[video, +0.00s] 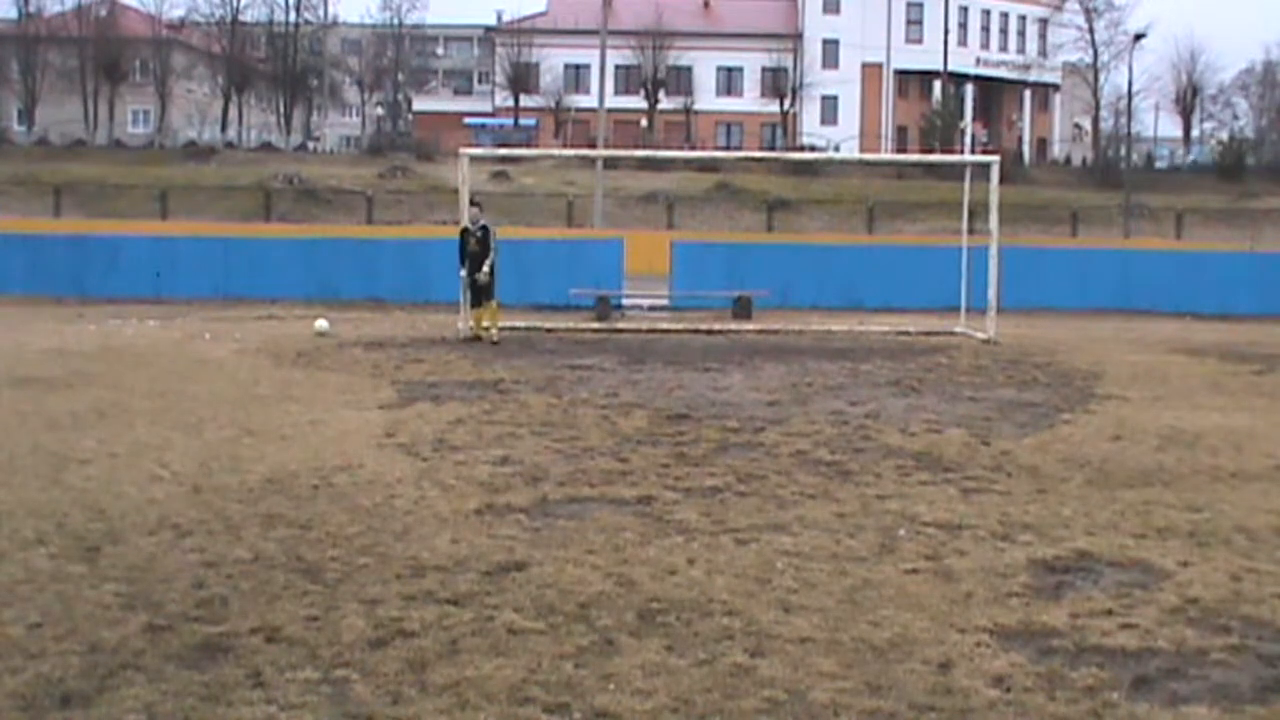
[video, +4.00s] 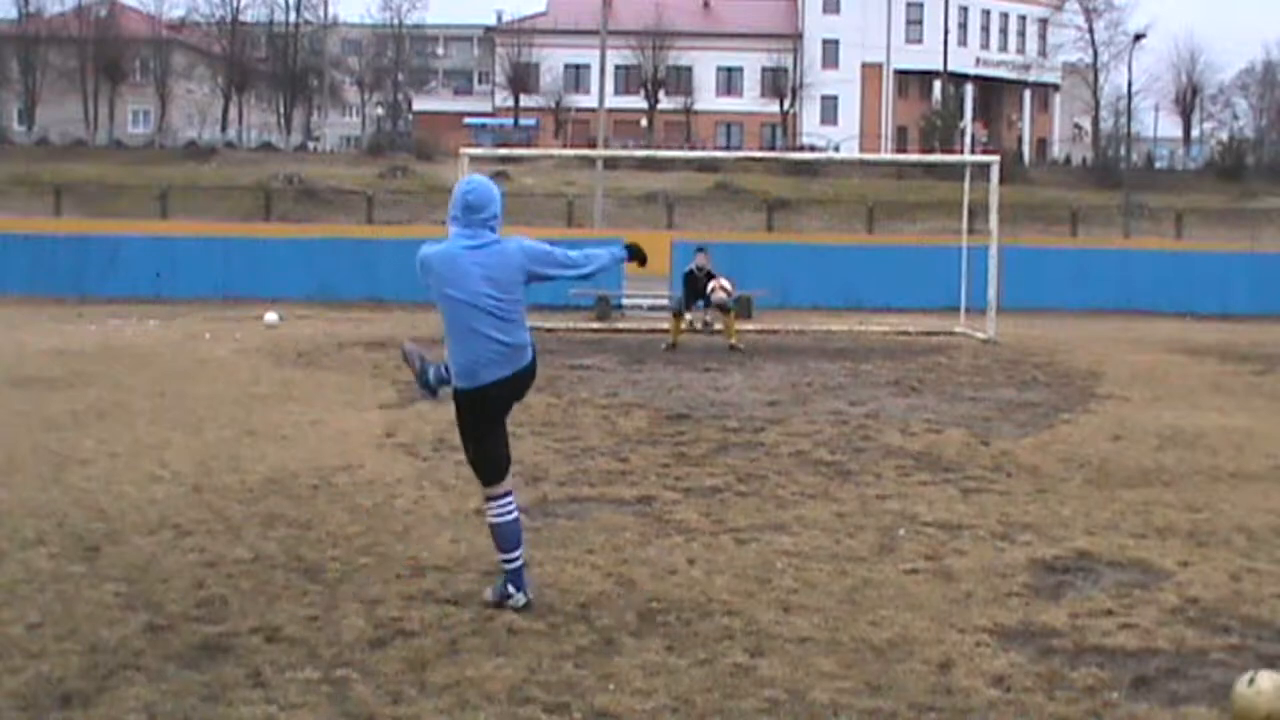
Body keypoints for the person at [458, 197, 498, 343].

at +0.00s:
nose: (473, 215)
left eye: (476, 211)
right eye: (471, 211)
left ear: (481, 213)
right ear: (467, 213)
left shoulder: (487, 231)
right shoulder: (464, 232)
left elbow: (491, 252)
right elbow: (462, 251)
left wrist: (486, 269)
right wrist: (463, 266)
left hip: (485, 269)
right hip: (471, 269)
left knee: (488, 300)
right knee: (474, 301)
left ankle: (492, 328)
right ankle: (476, 328)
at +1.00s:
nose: (533, 219)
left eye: (533, 216)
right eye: (531, 216)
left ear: (532, 218)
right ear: (525, 216)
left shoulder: (532, 232)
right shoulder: (516, 230)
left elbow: (540, 250)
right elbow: (510, 233)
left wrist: (549, 266)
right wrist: (509, 228)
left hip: (526, 267)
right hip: (515, 267)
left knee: (515, 300)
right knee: (522, 298)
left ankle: (505, 329)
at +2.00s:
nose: (613, 218)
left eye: (615, 215)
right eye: (611, 215)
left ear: (617, 217)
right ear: (606, 215)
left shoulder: (614, 231)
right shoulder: (602, 231)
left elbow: (614, 252)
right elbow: (599, 253)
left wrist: (618, 267)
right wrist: (611, 266)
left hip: (611, 269)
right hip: (602, 269)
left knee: (611, 299)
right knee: (608, 298)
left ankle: (605, 331)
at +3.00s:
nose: (689, 245)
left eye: (691, 242)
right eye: (686, 242)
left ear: (695, 243)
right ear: (682, 243)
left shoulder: (698, 254)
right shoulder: (674, 252)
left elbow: (712, 257)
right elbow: (660, 254)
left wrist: (708, 271)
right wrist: (663, 269)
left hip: (693, 283)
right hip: (675, 283)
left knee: (706, 310)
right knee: (665, 311)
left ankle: (711, 340)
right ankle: (660, 337)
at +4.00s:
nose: (701, 261)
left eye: (703, 258)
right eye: (698, 258)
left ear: (707, 261)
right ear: (695, 260)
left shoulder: (710, 276)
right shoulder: (688, 275)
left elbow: (708, 299)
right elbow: (687, 296)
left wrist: (707, 316)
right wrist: (688, 314)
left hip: (706, 298)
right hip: (691, 298)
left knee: (727, 307)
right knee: (676, 310)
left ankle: (732, 340)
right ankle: (673, 340)